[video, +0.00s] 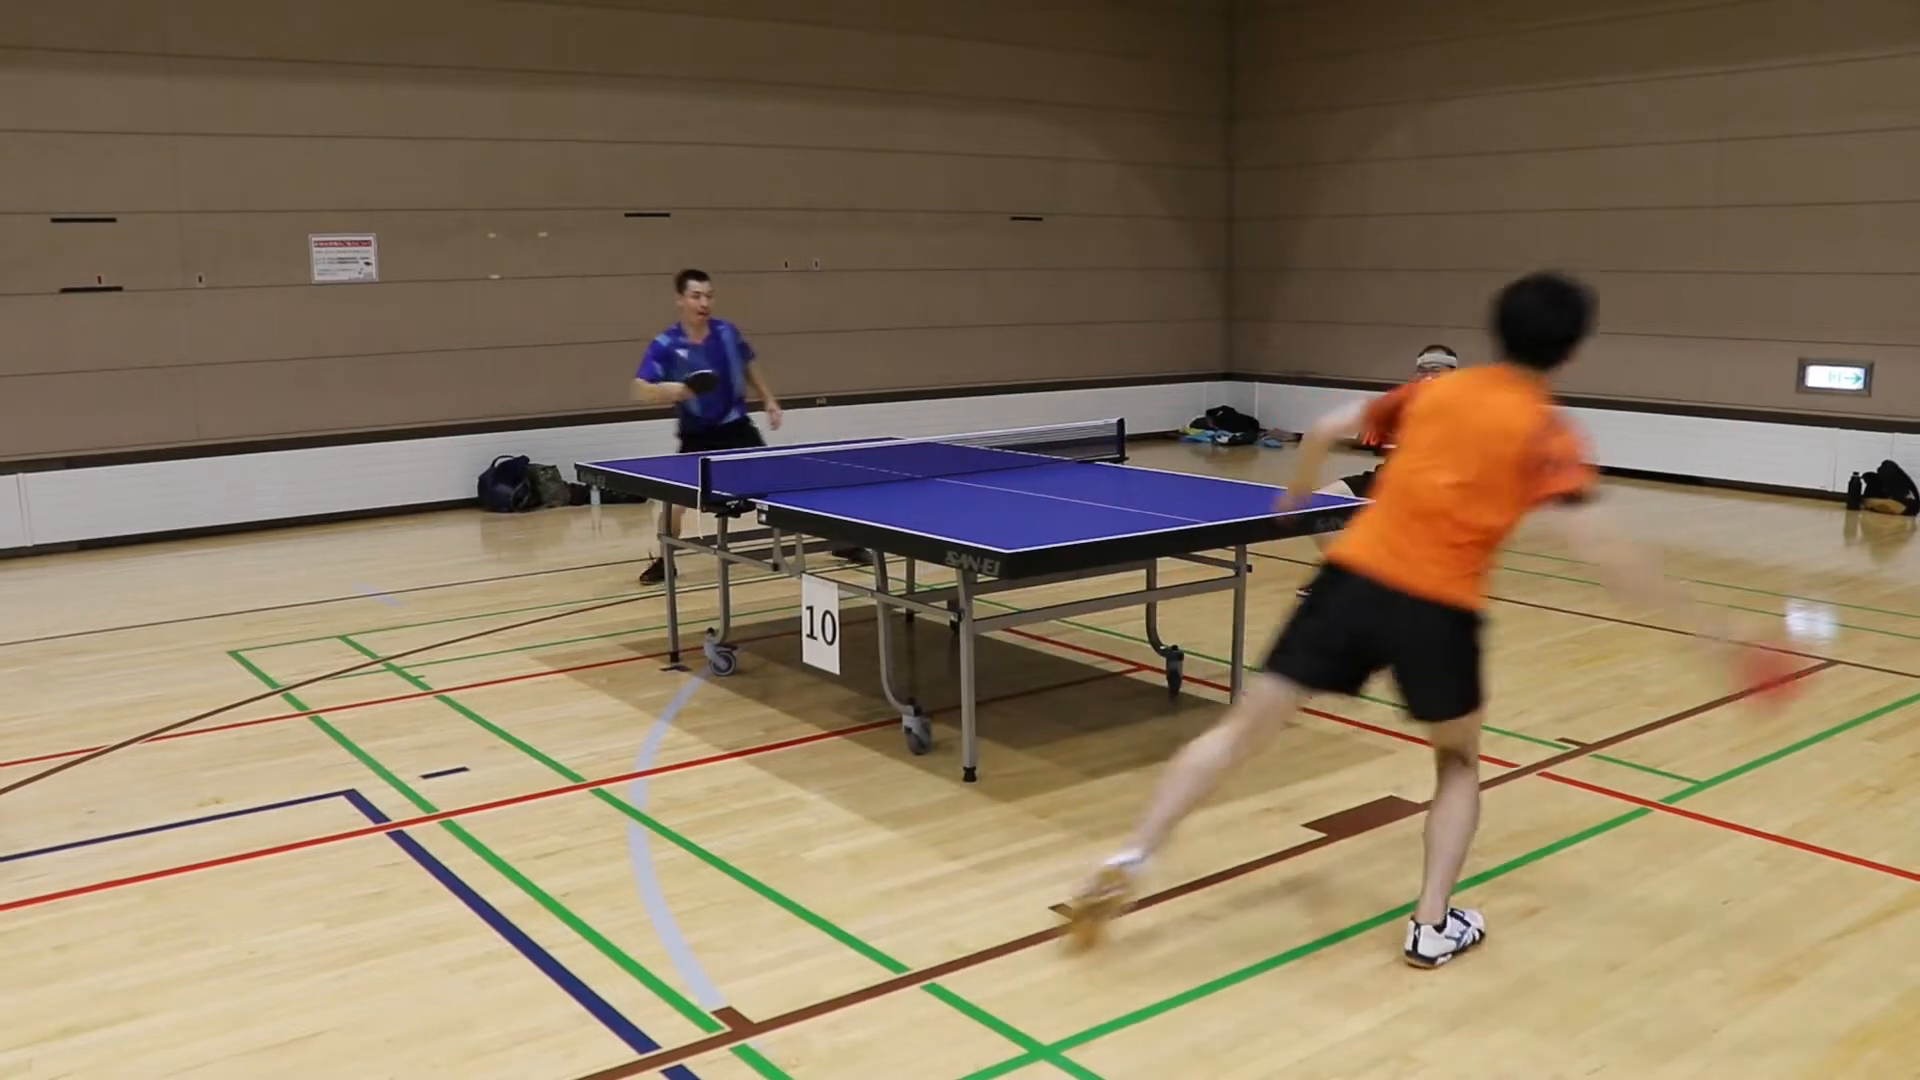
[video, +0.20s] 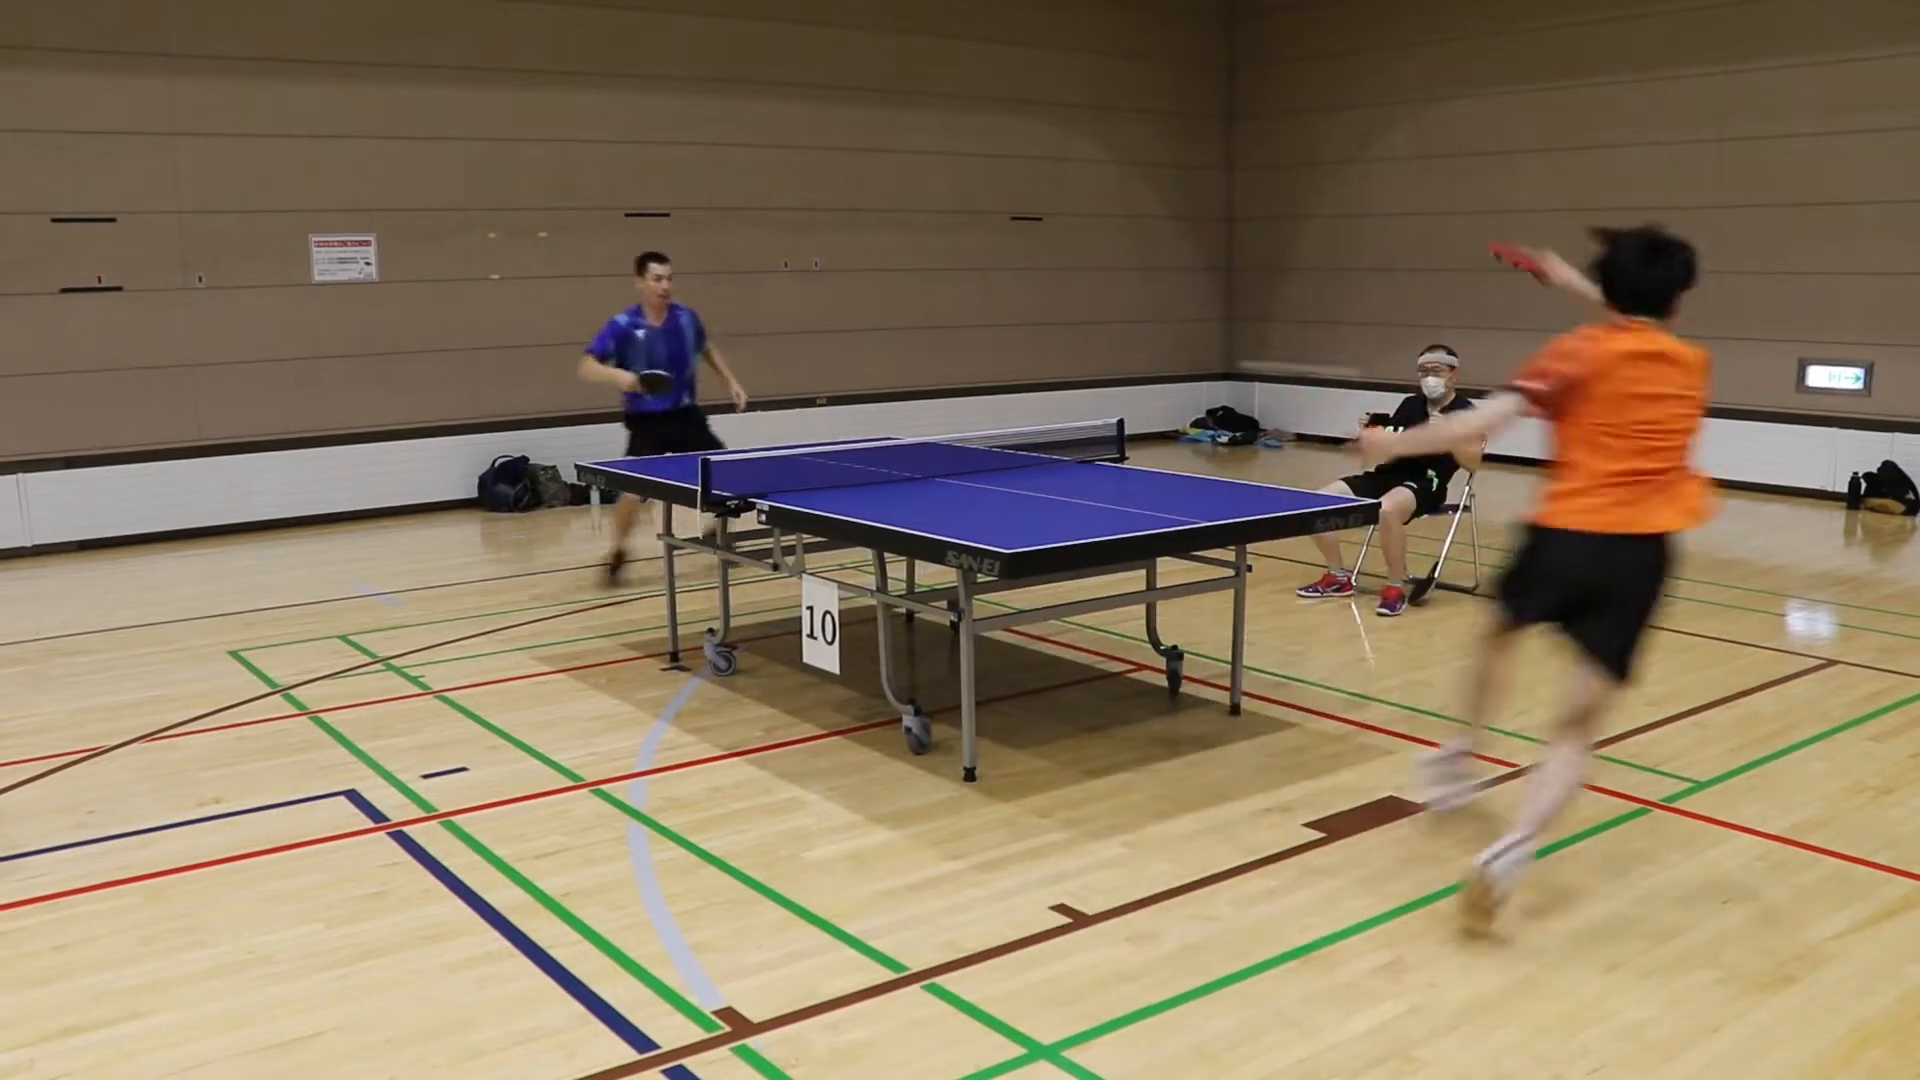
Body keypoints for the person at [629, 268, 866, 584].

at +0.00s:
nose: (704, 303)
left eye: (708, 296)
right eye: (696, 296)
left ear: (713, 300)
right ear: (679, 300)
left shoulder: (726, 333)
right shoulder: (666, 344)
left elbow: (748, 366)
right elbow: (640, 390)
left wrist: (769, 400)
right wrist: (680, 390)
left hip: (739, 430)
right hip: (697, 437)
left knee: (782, 481)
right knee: (674, 500)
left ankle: (839, 538)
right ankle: (664, 559)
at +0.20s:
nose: (665, 286)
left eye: (669, 279)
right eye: (657, 279)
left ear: (672, 282)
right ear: (640, 283)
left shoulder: (687, 319)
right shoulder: (623, 326)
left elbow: (708, 352)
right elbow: (587, 367)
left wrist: (732, 383)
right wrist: (619, 376)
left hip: (687, 421)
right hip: (646, 425)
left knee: (728, 473)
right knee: (635, 491)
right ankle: (617, 554)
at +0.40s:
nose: (618, 331)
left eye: (623, 323)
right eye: (610, 324)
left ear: (628, 325)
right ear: (595, 329)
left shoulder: (646, 361)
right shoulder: (584, 367)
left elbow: (677, 386)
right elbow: (551, 400)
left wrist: (707, 415)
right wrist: (547, 409)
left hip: (637, 462)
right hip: (593, 464)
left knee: (688, 505)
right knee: (569, 505)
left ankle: (684, 552)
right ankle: (537, 580)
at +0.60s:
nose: (529, 342)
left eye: (533, 334)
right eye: (520, 335)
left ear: (539, 335)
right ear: (503, 340)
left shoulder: (558, 367)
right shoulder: (490, 381)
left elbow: (590, 379)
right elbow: (457, 426)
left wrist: (627, 393)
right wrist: (438, 402)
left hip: (564, 462)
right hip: (521, 468)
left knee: (628, 504)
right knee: (516, 514)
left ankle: (643, 548)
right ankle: (530, 583)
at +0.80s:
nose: (478, 308)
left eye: (482, 301)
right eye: (470, 301)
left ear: (486, 304)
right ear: (450, 303)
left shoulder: (495, 339)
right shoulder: (427, 343)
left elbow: (528, 361)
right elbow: (390, 370)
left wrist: (561, 379)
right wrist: (378, 377)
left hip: (487, 440)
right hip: (444, 444)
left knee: (544, 507)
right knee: (448, 515)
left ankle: (530, 555)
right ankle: (471, 578)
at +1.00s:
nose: (428, 339)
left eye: (430, 331)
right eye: (420, 332)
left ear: (431, 334)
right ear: (396, 335)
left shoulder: (439, 378)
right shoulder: (369, 380)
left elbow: (461, 418)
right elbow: (324, 419)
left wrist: (496, 449)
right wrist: (335, 439)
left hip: (415, 481)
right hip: (374, 482)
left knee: (476, 537)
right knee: (363, 554)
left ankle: (460, 594)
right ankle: (297, 619)